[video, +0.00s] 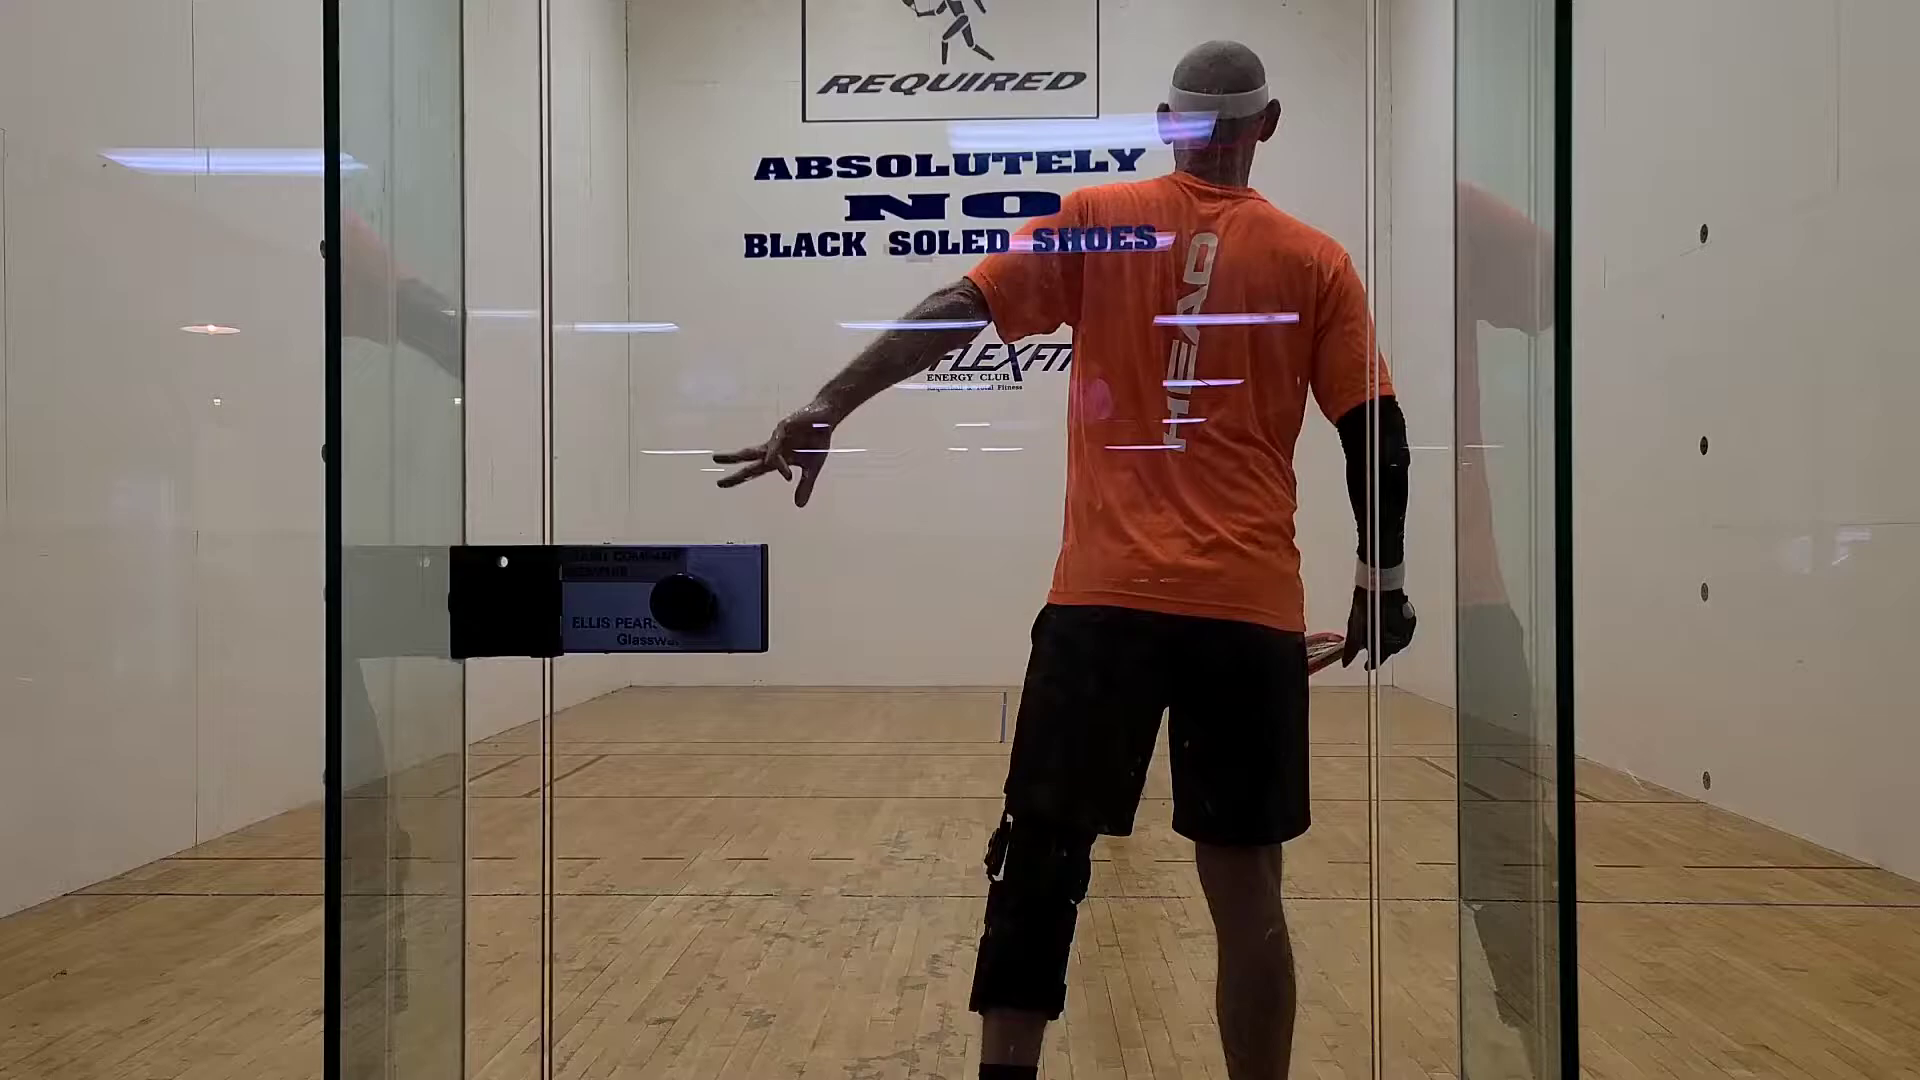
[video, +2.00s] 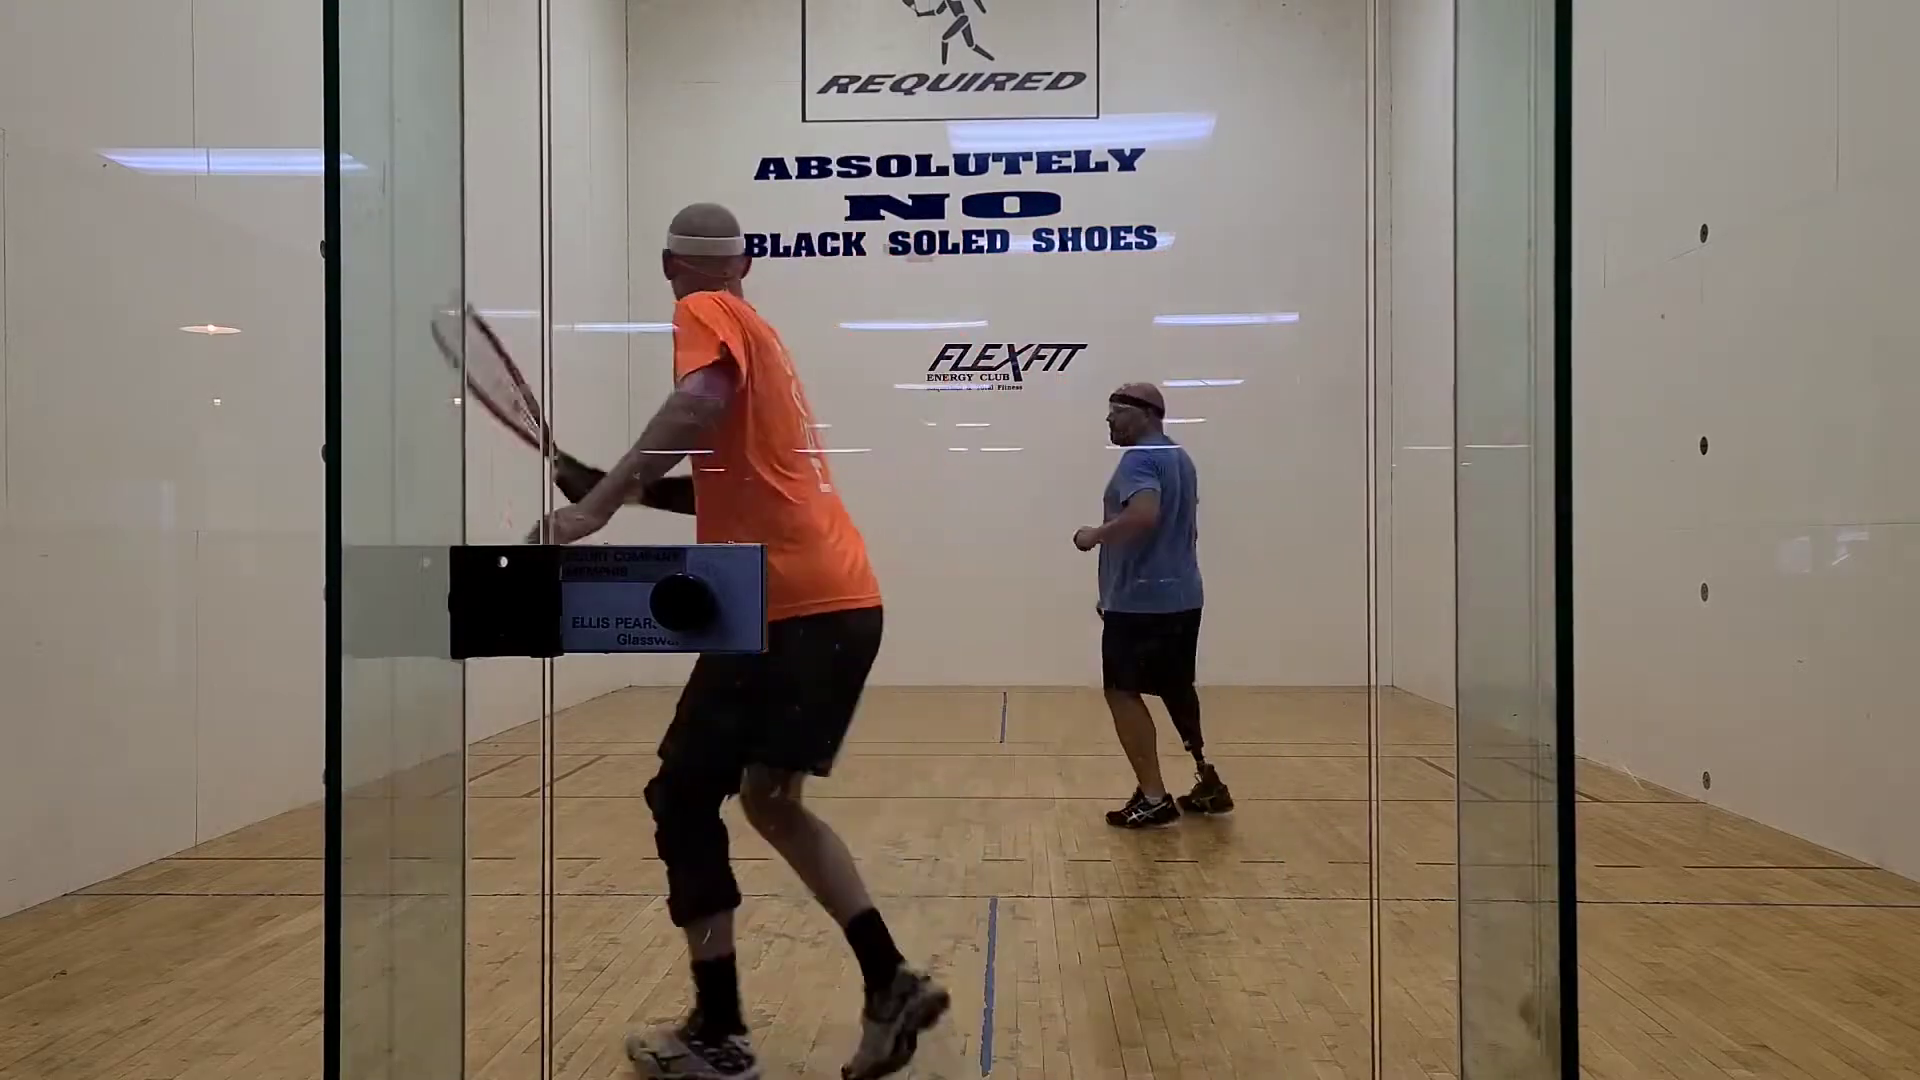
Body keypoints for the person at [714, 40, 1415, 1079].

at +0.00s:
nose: (1213, 145)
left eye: (1220, 124)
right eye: (1217, 123)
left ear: (1166, 122)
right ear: (1264, 126)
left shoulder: (1097, 220)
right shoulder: (1315, 262)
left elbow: (950, 314)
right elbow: (1376, 426)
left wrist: (822, 407)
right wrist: (1380, 573)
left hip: (1099, 604)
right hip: (1248, 611)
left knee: (1039, 864)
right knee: (1245, 889)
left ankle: (1004, 1070)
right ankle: (1262, 1079)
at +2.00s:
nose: (670, 277)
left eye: (674, 265)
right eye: (675, 264)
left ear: (678, 264)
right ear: (743, 265)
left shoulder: (704, 310)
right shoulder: (758, 336)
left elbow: (702, 398)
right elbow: (738, 493)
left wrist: (595, 508)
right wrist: (620, 485)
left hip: (775, 608)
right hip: (843, 604)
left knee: (683, 797)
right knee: (771, 797)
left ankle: (718, 1032)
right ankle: (892, 981)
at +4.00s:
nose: (713, 377)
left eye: (709, 367)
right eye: (705, 368)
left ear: (661, 378)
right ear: (674, 376)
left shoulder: (614, 418)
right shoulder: (679, 431)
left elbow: (593, 510)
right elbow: (661, 521)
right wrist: (696, 596)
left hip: (567, 591)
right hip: (624, 597)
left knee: (526, 723)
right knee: (683, 710)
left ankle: (429, 839)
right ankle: (669, 853)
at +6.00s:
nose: (1286, 400)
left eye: (1286, 388)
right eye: (1281, 389)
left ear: (1241, 388)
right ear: (1260, 390)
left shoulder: (1202, 426)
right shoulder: (1241, 439)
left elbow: (1125, 452)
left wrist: (1123, 525)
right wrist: (1355, 437)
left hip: (1130, 592)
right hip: (1184, 602)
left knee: (1149, 715)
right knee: (1262, 720)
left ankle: (1071, 828)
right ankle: (1247, 874)